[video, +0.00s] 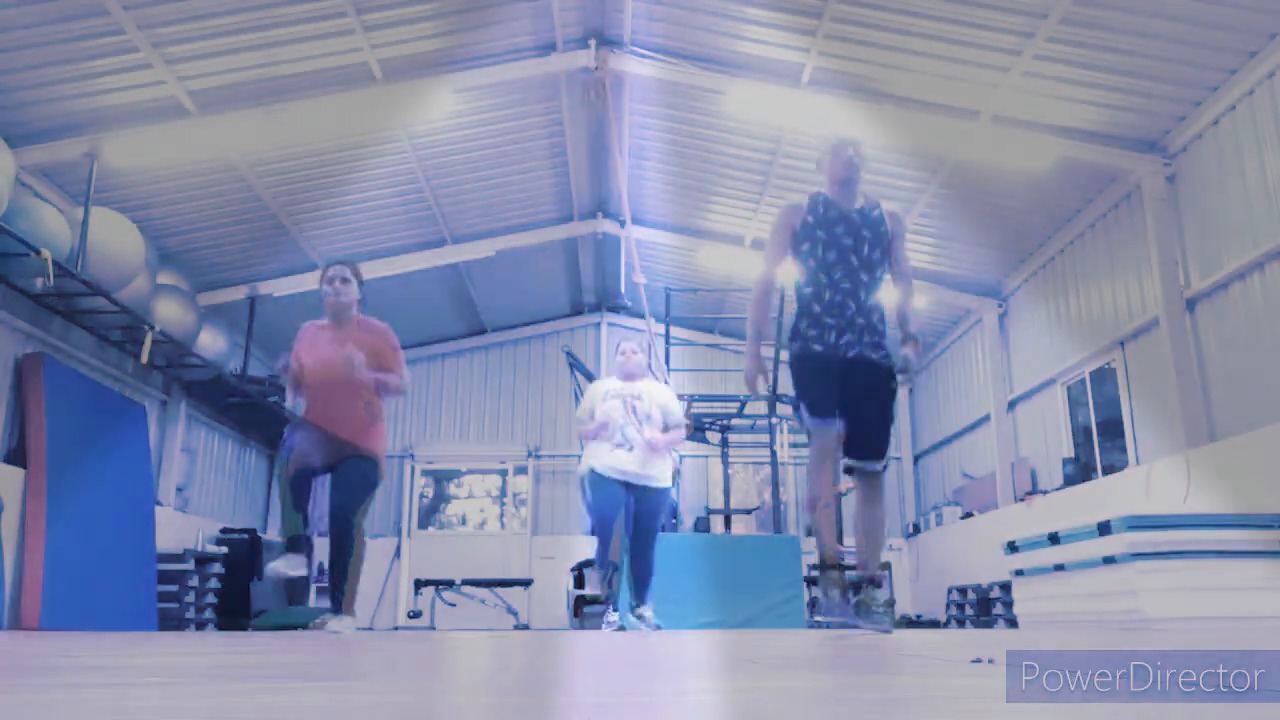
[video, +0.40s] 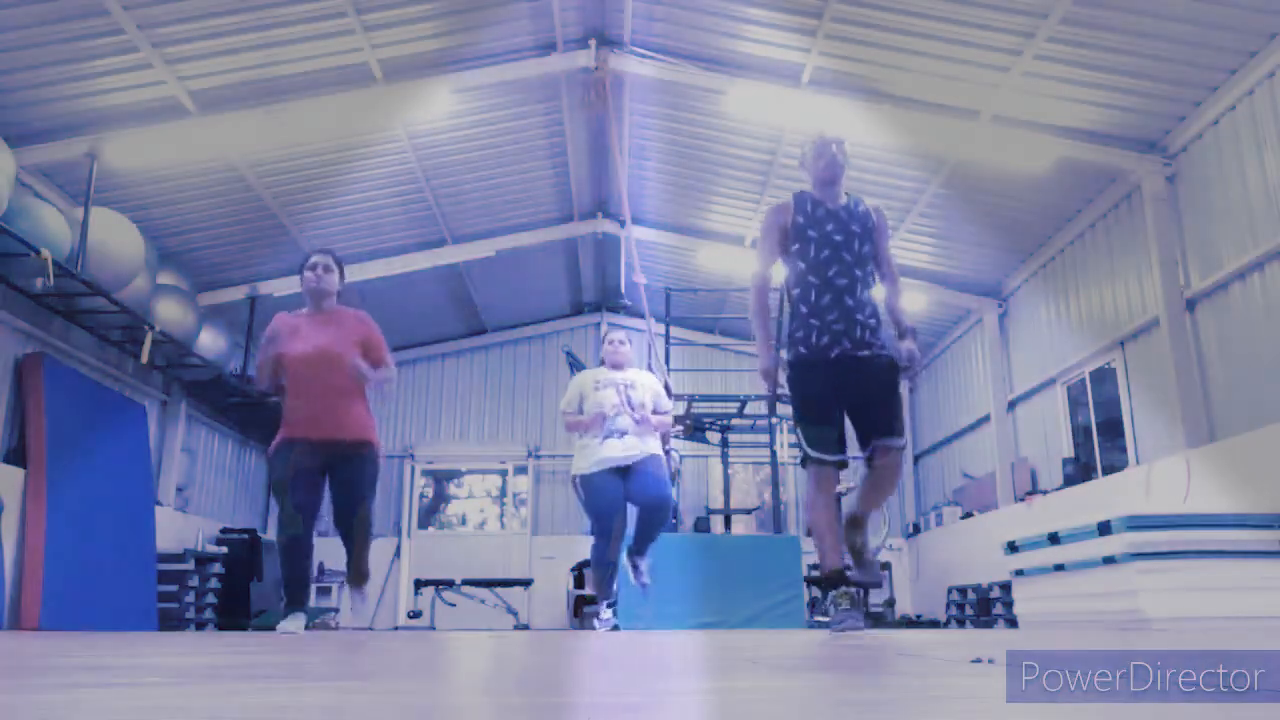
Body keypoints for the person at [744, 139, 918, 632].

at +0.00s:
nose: (848, 158)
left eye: (854, 153)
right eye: (839, 153)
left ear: (864, 168)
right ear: (822, 166)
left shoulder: (886, 218)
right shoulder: (798, 213)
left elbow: (903, 283)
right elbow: (766, 282)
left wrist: (907, 332)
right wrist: (755, 351)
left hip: (872, 350)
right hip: (815, 345)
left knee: (870, 474)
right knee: (825, 444)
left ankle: (871, 586)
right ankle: (830, 577)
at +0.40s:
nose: (830, 158)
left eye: (837, 152)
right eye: (821, 153)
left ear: (846, 164)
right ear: (805, 165)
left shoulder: (870, 216)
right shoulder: (783, 214)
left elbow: (891, 282)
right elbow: (761, 283)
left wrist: (905, 332)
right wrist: (767, 351)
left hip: (870, 352)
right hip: (811, 354)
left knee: (889, 456)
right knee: (824, 470)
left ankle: (857, 523)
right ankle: (837, 590)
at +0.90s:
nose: (846, 171)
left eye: (852, 165)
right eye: (837, 164)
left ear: (861, 177)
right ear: (822, 174)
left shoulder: (879, 229)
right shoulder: (799, 223)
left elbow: (901, 291)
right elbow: (766, 285)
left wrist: (909, 347)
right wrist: (784, 335)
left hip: (877, 361)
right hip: (816, 362)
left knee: (890, 466)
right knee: (814, 483)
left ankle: (895, 587)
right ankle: (811, 594)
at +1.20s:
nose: (864, 170)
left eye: (871, 164)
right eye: (855, 163)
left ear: (879, 176)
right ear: (838, 174)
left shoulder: (896, 231)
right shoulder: (810, 224)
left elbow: (914, 297)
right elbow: (781, 291)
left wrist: (918, 358)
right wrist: (782, 358)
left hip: (884, 366)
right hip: (825, 364)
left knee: (889, 481)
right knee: (823, 470)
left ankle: (891, 596)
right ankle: (804, 552)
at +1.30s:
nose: (864, 167)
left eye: (870, 161)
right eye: (854, 161)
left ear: (879, 173)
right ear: (838, 172)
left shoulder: (898, 228)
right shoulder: (809, 223)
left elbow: (917, 291)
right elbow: (781, 291)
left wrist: (921, 352)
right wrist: (770, 360)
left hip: (882, 356)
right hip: (824, 351)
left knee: (886, 476)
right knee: (838, 427)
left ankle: (888, 593)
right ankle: (812, 489)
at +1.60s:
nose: (855, 190)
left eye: (861, 182)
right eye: (846, 183)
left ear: (870, 186)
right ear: (831, 188)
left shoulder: (889, 233)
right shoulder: (809, 231)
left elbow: (911, 294)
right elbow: (777, 298)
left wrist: (919, 350)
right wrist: (768, 369)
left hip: (880, 357)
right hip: (825, 349)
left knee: (885, 476)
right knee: (844, 403)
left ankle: (888, 598)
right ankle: (829, 542)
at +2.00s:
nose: (833, 183)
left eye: (839, 178)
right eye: (824, 178)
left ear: (847, 188)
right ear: (808, 189)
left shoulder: (871, 237)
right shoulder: (787, 238)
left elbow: (891, 298)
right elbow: (771, 307)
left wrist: (907, 345)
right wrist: (771, 371)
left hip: (875, 361)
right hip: (818, 363)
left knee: (891, 468)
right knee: (827, 479)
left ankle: (879, 562)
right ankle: (838, 592)